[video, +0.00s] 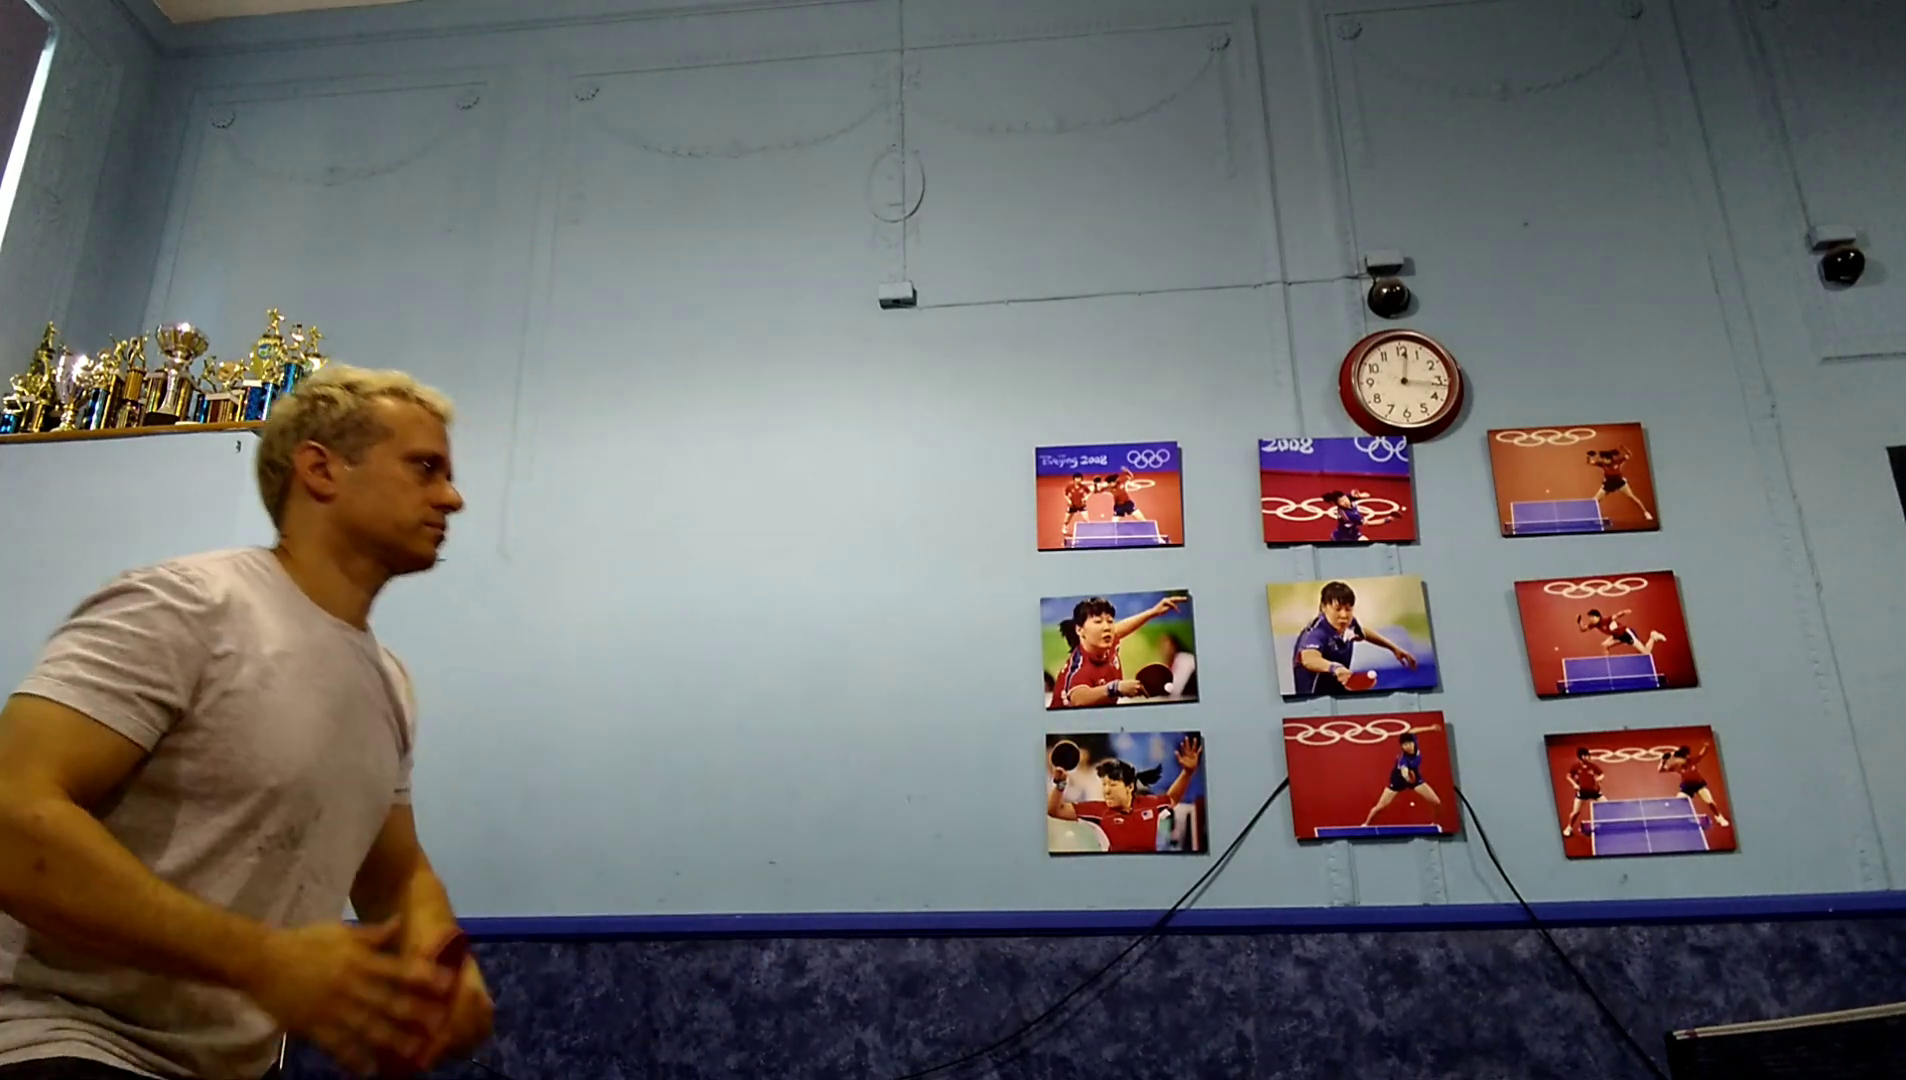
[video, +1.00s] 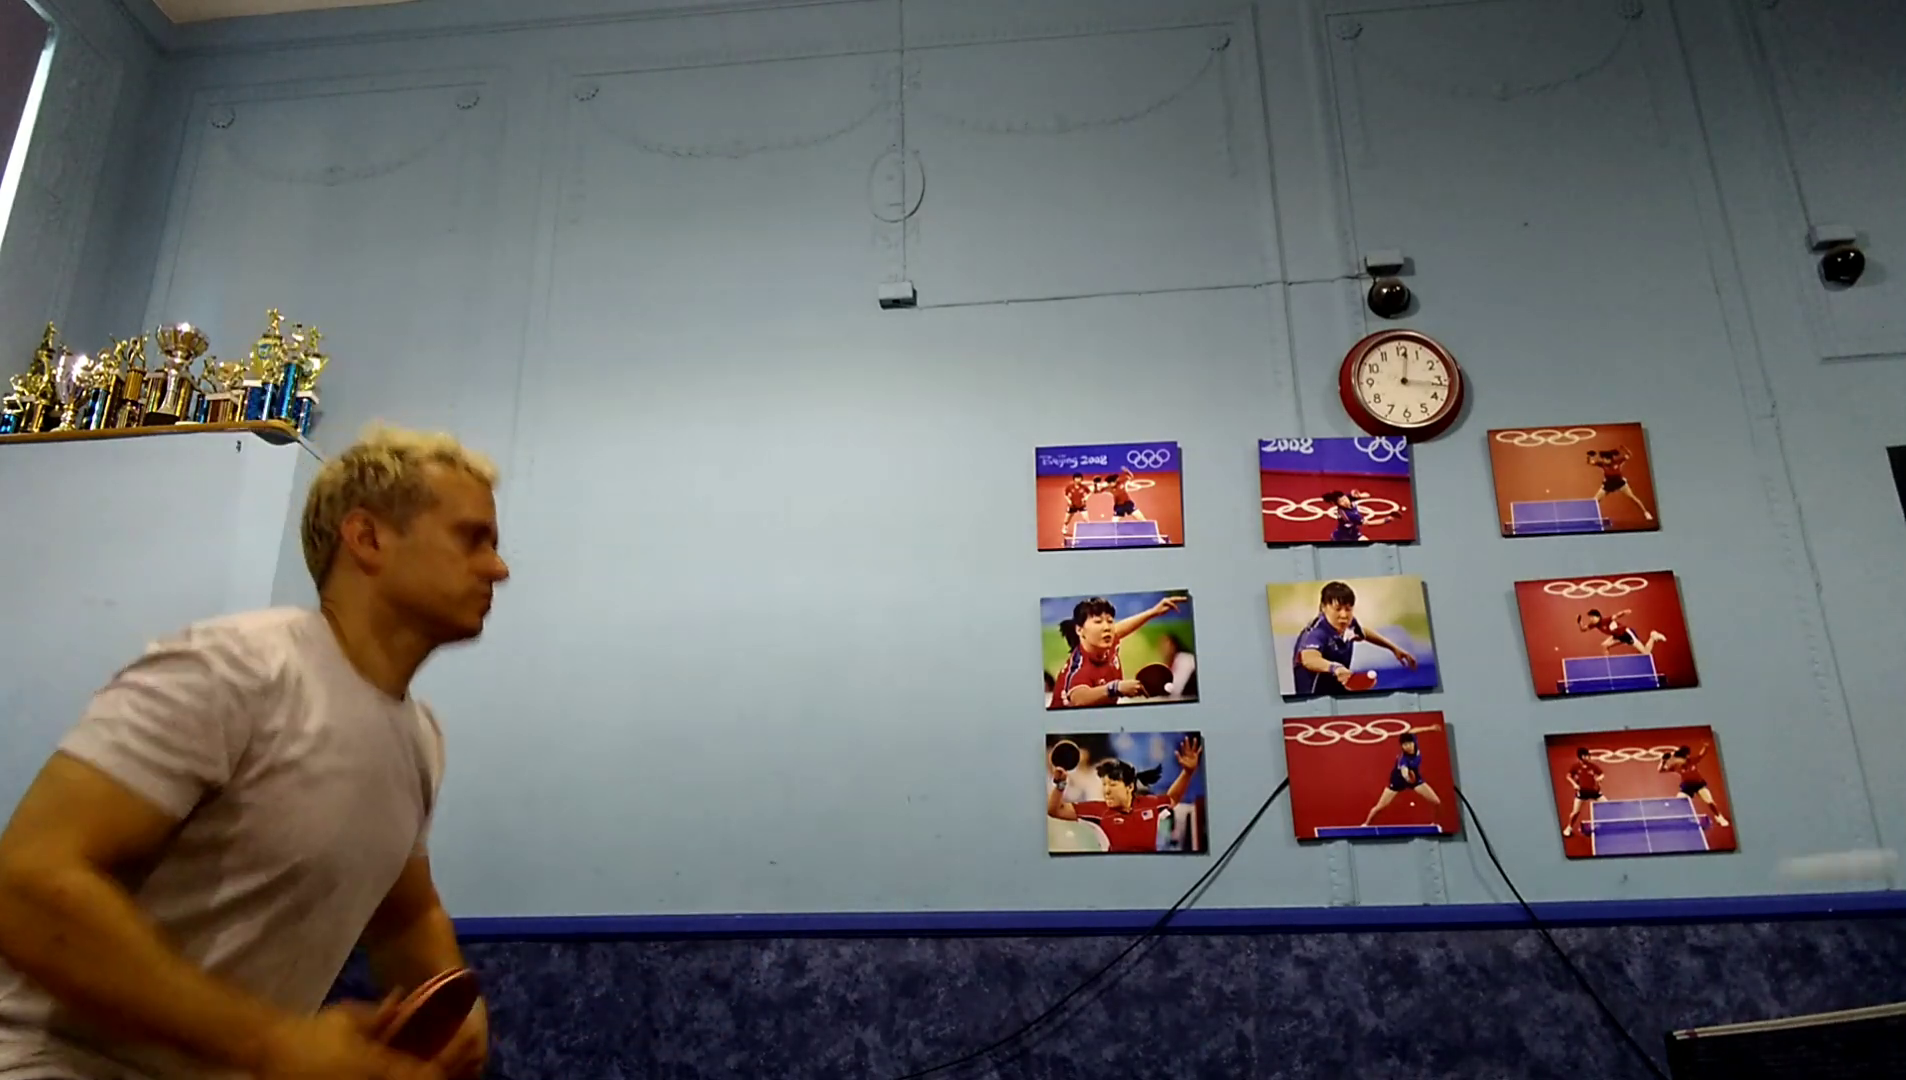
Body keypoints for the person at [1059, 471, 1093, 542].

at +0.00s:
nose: (1078, 481)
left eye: (1079, 479)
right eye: (1077, 479)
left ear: (1081, 480)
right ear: (1074, 480)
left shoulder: (1083, 487)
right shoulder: (1070, 487)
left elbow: (1089, 492)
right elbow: (1065, 494)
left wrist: (1085, 498)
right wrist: (1068, 501)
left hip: (1081, 505)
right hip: (1072, 505)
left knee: (1086, 519)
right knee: (1066, 520)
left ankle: (1089, 530)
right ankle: (1064, 528)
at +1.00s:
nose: (1078, 480)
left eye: (1079, 479)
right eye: (1077, 479)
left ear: (1081, 479)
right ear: (1074, 479)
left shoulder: (1083, 487)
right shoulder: (1070, 487)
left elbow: (1090, 492)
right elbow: (1065, 494)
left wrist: (1085, 498)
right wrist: (1069, 501)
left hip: (1081, 505)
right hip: (1073, 505)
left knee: (1086, 519)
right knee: (1066, 520)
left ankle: (1090, 531)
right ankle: (1064, 529)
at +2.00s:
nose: (1078, 480)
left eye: (1079, 479)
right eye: (1077, 479)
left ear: (1081, 479)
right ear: (1074, 479)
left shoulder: (1083, 487)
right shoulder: (1070, 487)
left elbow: (1090, 492)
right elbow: (1065, 494)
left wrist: (1085, 498)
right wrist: (1069, 501)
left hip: (1081, 505)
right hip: (1073, 505)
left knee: (1086, 519)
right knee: (1066, 520)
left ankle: (1090, 531)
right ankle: (1064, 529)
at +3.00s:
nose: (1078, 480)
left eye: (1079, 479)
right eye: (1077, 479)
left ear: (1081, 479)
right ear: (1074, 479)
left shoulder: (1083, 487)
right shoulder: (1070, 487)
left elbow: (1089, 492)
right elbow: (1065, 494)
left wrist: (1085, 498)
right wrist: (1068, 500)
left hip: (1081, 505)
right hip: (1072, 505)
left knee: (1086, 519)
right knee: (1067, 520)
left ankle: (1089, 530)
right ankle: (1064, 528)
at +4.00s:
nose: (1078, 481)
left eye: (1079, 479)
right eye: (1077, 479)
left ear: (1081, 479)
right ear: (1074, 480)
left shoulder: (1083, 487)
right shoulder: (1070, 487)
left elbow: (1089, 492)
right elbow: (1065, 494)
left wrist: (1085, 498)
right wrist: (1068, 500)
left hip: (1081, 505)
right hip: (1072, 505)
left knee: (1086, 519)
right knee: (1066, 520)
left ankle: (1090, 530)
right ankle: (1064, 529)